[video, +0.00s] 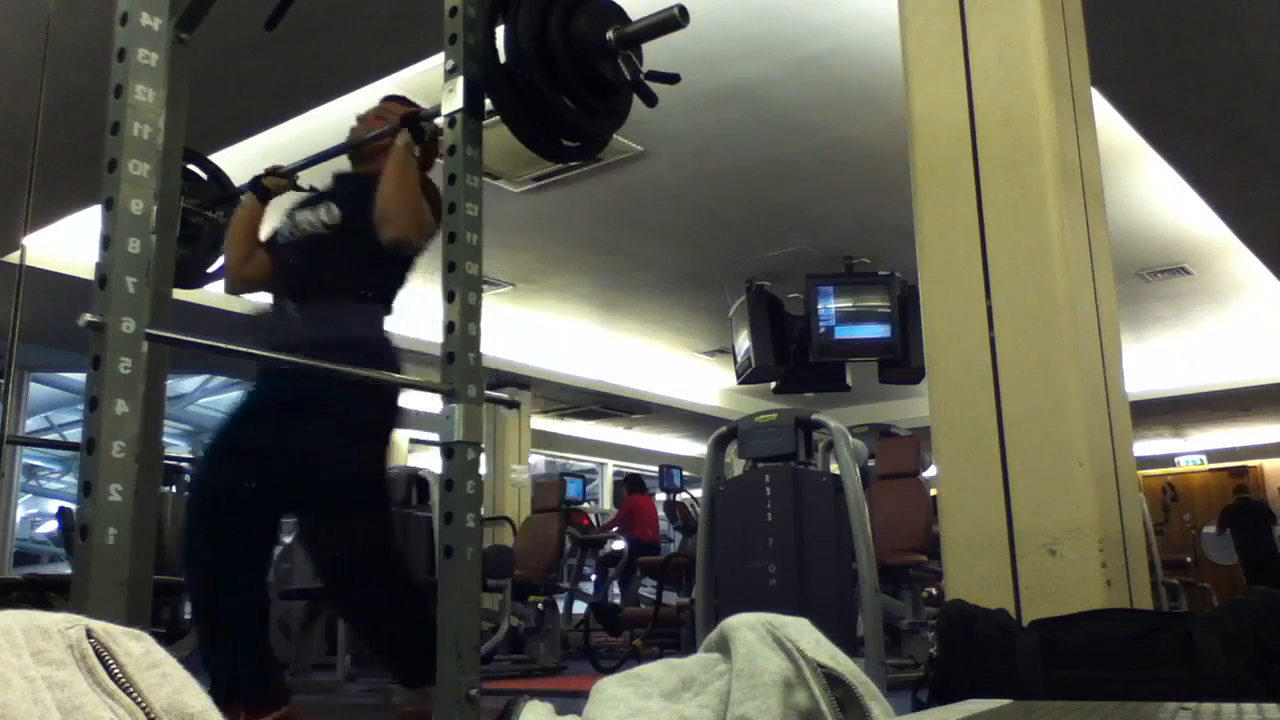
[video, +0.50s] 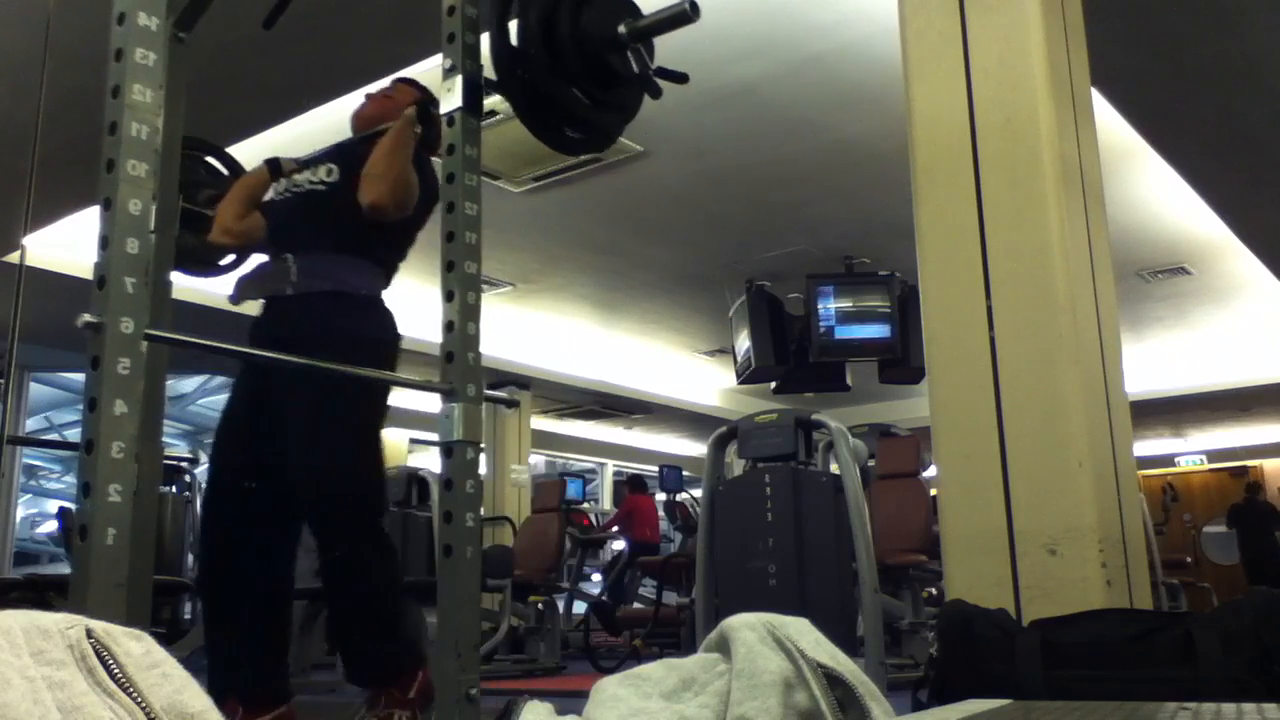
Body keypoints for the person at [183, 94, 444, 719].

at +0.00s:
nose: (373, 118)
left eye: (389, 114)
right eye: (370, 112)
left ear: (409, 140)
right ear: (354, 135)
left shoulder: (412, 195)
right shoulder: (315, 210)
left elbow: (399, 231)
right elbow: (240, 271)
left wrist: (412, 147)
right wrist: (258, 194)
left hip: (351, 379)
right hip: (287, 380)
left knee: (351, 546)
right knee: (220, 517)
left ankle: (432, 681)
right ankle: (250, 694)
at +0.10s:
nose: (366, 104)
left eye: (383, 101)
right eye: (368, 99)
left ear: (404, 128)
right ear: (353, 122)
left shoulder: (404, 181)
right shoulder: (304, 187)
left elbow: (380, 221)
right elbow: (230, 259)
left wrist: (403, 141)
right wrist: (253, 186)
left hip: (329, 352)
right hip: (258, 352)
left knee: (311, 510)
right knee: (207, 516)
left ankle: (391, 675)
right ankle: (248, 692)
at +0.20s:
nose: (368, 95)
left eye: (384, 94)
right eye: (372, 89)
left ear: (404, 124)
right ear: (356, 110)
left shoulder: (402, 177)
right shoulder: (299, 175)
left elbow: (365, 213)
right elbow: (225, 245)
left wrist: (399, 133)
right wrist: (251, 178)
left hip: (324, 331)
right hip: (254, 328)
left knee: (301, 498)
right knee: (218, 498)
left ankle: (386, 666)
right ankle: (248, 690)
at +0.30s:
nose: (368, 91)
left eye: (387, 91)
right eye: (372, 86)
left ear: (406, 123)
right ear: (352, 108)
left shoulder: (400, 171)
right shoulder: (297, 173)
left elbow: (361, 206)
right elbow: (220, 235)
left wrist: (397, 127)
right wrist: (255, 172)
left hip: (325, 325)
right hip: (256, 325)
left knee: (308, 500)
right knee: (227, 509)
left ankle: (388, 667)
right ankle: (250, 692)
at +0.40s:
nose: (368, 88)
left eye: (387, 87)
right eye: (372, 83)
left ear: (410, 117)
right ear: (355, 109)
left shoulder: (404, 165)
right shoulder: (305, 173)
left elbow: (370, 201)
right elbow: (220, 227)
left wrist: (402, 124)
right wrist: (259, 167)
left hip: (331, 323)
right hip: (264, 323)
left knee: (327, 505)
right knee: (238, 509)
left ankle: (392, 669)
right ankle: (250, 692)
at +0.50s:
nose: (375, 94)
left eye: (393, 91)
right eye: (377, 89)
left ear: (417, 121)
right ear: (361, 114)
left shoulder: (413, 170)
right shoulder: (320, 184)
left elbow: (378, 197)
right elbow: (227, 228)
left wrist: (407, 124)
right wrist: (267, 170)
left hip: (343, 326)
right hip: (280, 328)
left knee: (341, 505)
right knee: (239, 510)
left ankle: (397, 679)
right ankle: (252, 693)